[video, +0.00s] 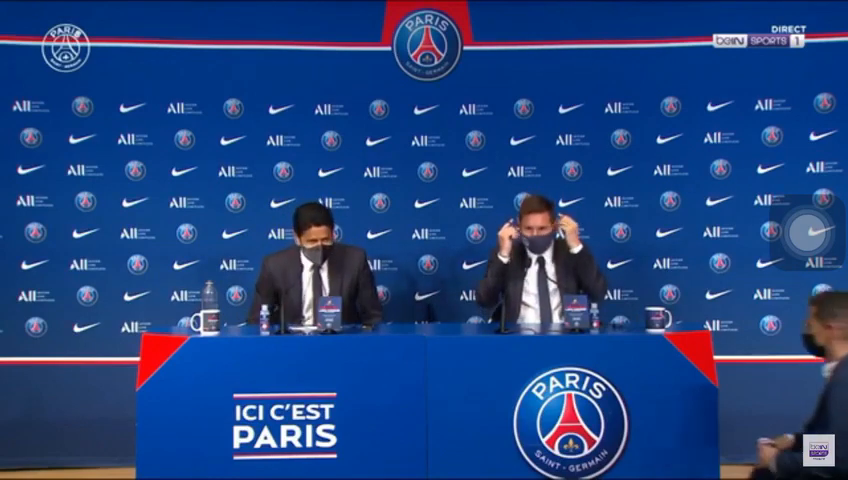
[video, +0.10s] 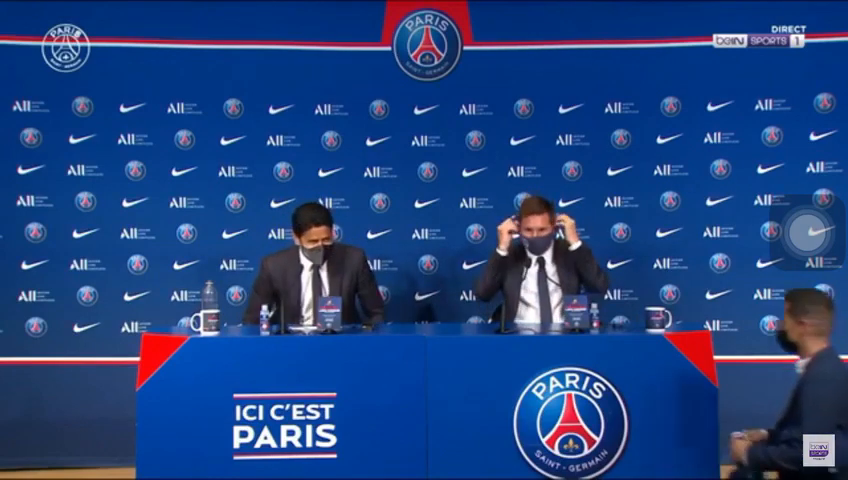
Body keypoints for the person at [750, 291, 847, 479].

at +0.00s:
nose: (808, 328)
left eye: (812, 321)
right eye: (810, 321)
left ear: (832, 328)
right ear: (833, 327)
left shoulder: (841, 380)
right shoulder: (838, 374)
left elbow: (837, 460)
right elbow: (825, 429)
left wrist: (777, 461)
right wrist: (793, 441)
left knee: (762, 474)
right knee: (760, 472)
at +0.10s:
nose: (782, 325)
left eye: (786, 318)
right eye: (784, 318)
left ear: (804, 324)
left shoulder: (822, 376)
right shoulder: (821, 369)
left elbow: (810, 451)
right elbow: (806, 430)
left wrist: (750, 454)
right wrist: (768, 436)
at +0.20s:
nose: (745, 323)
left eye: (749, 316)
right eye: (746, 316)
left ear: (767, 321)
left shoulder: (787, 369)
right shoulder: (784, 365)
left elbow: (772, 448)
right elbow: (769, 427)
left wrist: (714, 450)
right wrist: (728, 428)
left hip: (783, 474)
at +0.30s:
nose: (724, 324)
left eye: (727, 316)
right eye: (724, 316)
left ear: (745, 320)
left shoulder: (764, 369)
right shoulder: (767, 363)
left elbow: (746, 448)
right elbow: (747, 426)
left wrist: (688, 452)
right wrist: (703, 419)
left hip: (761, 474)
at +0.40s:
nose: (693, 329)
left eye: (695, 322)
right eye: (693, 322)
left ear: (712, 324)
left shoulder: (727, 374)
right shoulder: (742, 365)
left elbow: (705, 451)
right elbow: (712, 416)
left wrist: (649, 449)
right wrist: (670, 406)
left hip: (727, 473)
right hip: (744, 471)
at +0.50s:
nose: (672, 334)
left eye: (673, 326)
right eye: (672, 327)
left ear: (690, 328)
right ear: (715, 325)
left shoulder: (699, 380)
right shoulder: (728, 371)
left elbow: (674, 454)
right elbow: (693, 414)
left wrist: (620, 446)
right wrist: (645, 400)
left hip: (699, 474)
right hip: (724, 472)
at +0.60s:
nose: (639, 335)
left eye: (641, 328)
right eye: (639, 328)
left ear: (657, 329)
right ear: (682, 325)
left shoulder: (659, 382)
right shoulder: (699, 372)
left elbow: (633, 452)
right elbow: (661, 417)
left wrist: (585, 431)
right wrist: (615, 396)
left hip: (661, 474)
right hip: (689, 471)